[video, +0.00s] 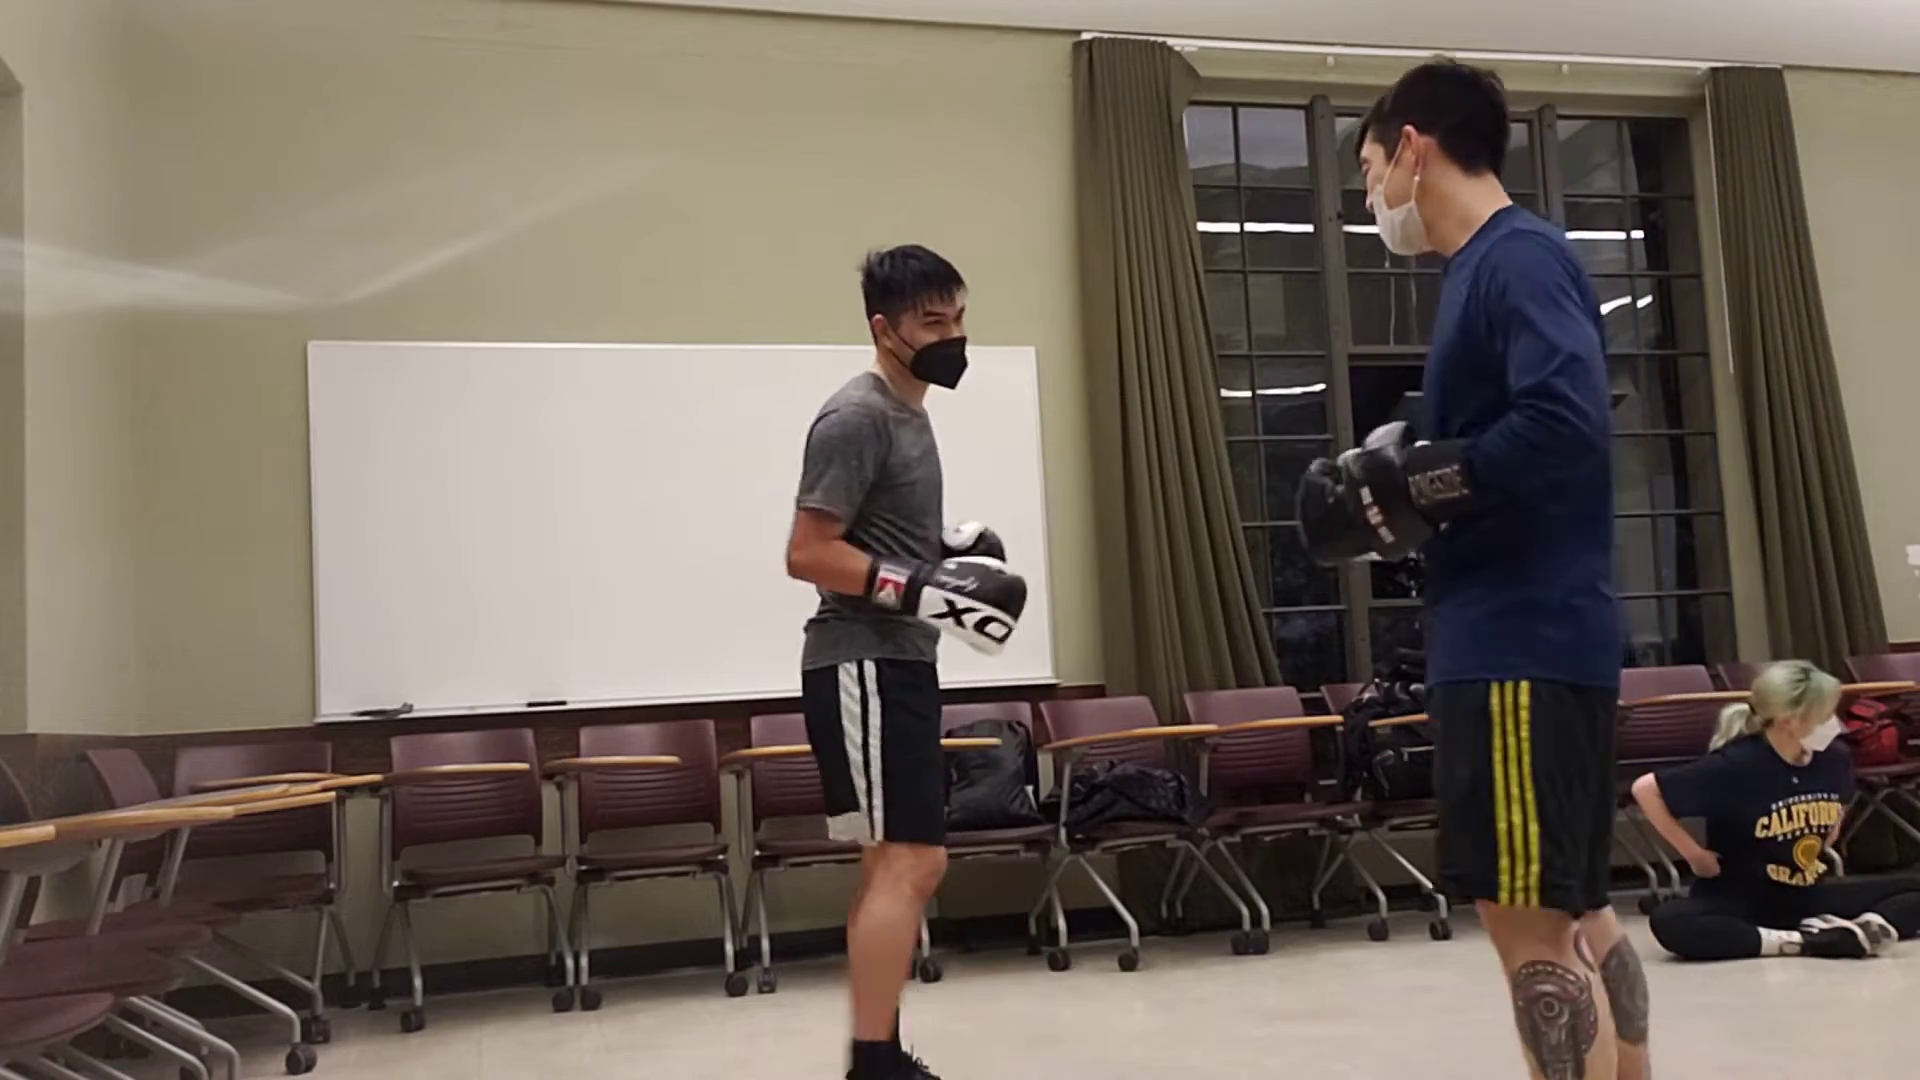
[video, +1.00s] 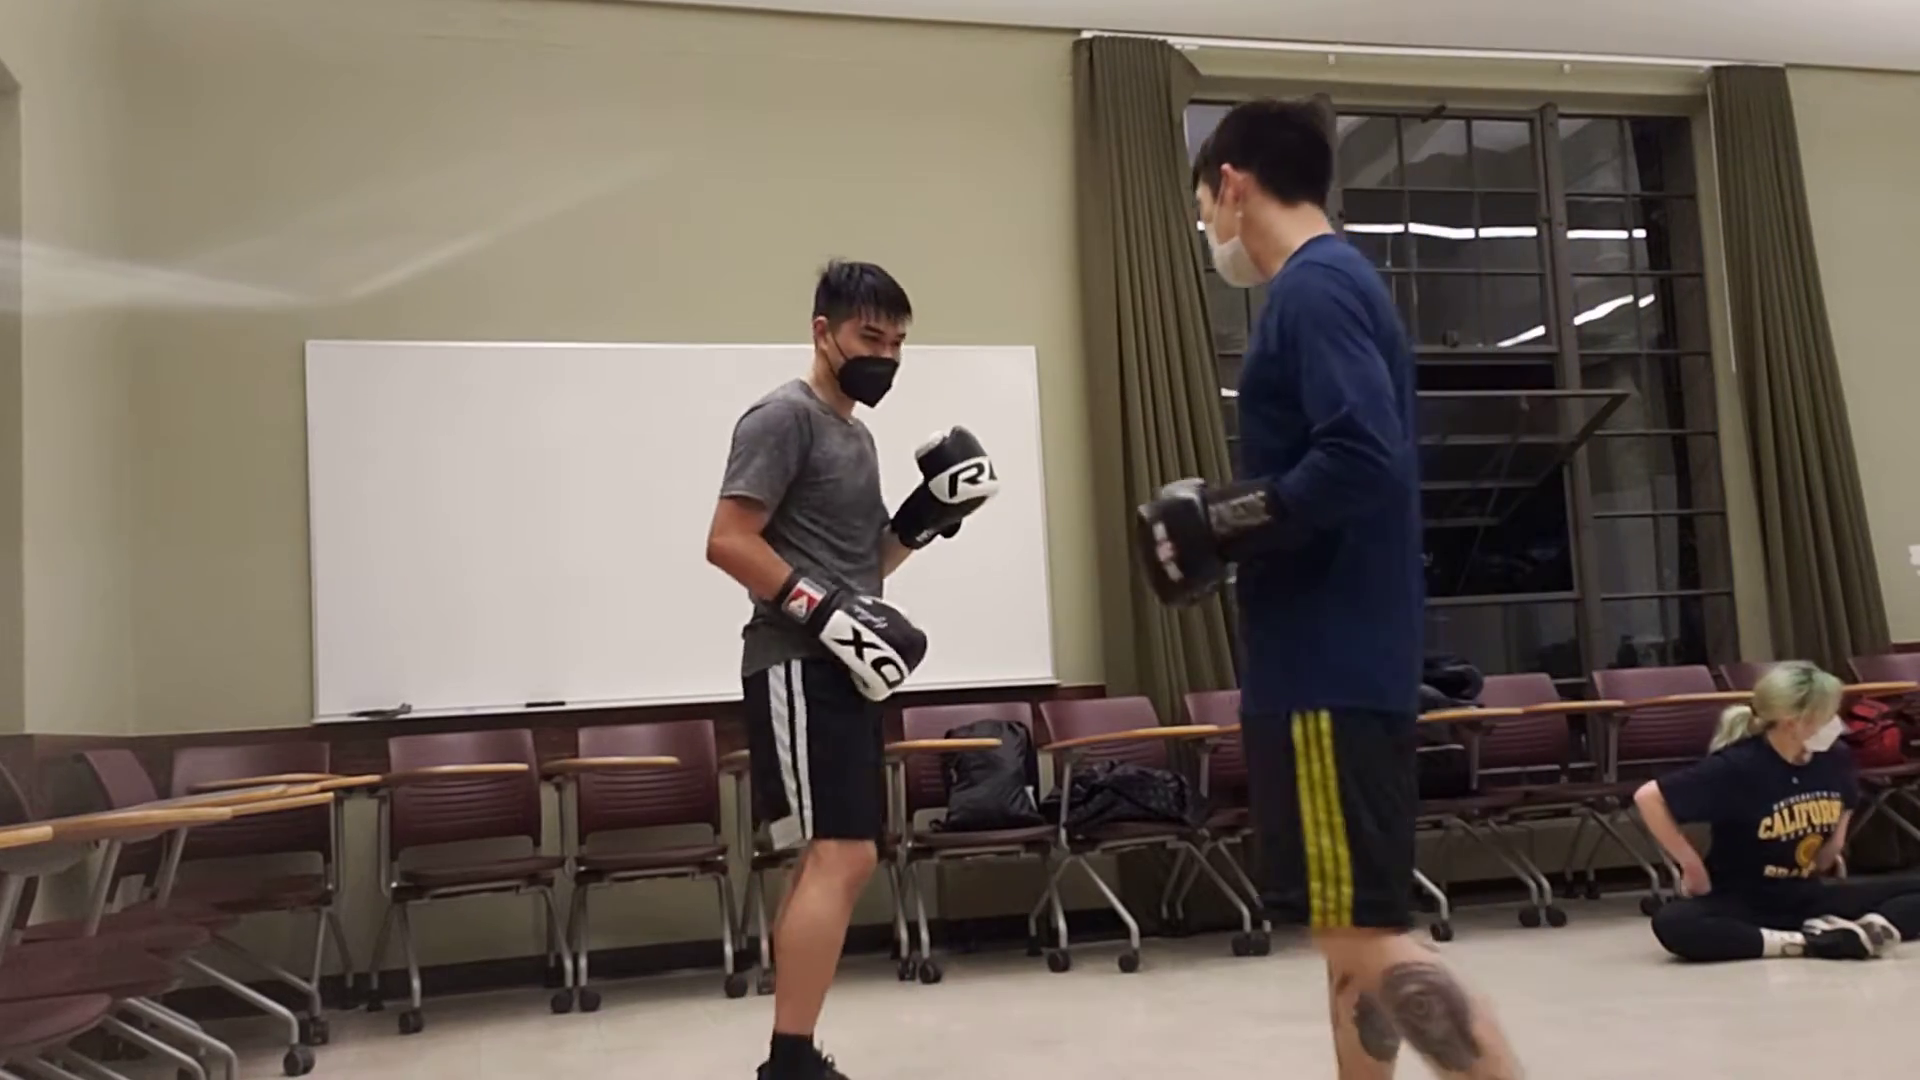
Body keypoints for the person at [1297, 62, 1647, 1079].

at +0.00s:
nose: (1372, 200)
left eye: (1370, 173)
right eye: (1367, 179)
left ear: (1414, 149)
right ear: (1441, 154)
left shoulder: (1518, 256)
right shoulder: (1492, 266)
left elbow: (1565, 424)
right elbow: (1516, 443)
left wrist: (1420, 480)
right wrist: (1397, 499)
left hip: (1521, 649)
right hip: (1525, 645)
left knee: (1521, 914)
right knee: (1577, 910)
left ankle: (1583, 1079)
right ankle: (1625, 1074)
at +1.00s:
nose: (1207, 221)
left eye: (1207, 198)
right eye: (1205, 201)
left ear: (1239, 187)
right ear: (1296, 186)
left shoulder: (1314, 288)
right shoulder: (1331, 282)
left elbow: (1362, 458)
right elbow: (1328, 465)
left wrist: (1234, 519)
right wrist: (1216, 533)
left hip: (1332, 668)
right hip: (1324, 665)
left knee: (1358, 936)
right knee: (1348, 933)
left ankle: (1492, 1066)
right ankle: (1363, 1074)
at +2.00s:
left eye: (805, 205)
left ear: (802, 219)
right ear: (908, 217)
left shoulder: (750, 353)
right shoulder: (975, 345)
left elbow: (719, 549)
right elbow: (1070, 505)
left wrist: (806, 503)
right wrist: (953, 543)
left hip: (787, 718)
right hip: (938, 711)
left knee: (674, 982)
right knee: (973, 945)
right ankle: (1014, 1068)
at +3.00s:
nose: (765, 292)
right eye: (765, 281)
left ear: (665, 289)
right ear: (755, 282)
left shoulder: (607, 378)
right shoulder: (810, 390)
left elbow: (679, 481)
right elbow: (898, 510)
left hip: (664, 698)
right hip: (791, 703)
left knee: (596, 924)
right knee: (811, 933)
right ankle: (819, 1076)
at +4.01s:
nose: (895, 341)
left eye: (900, 325)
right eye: (895, 323)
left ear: (803, 316)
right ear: (861, 314)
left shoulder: (740, 410)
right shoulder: (875, 416)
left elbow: (815, 493)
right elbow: (948, 539)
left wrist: (899, 417)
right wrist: (991, 444)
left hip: (757, 703)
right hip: (866, 703)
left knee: (744, 892)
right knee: (907, 909)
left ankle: (689, 1047)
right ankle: (938, 1070)